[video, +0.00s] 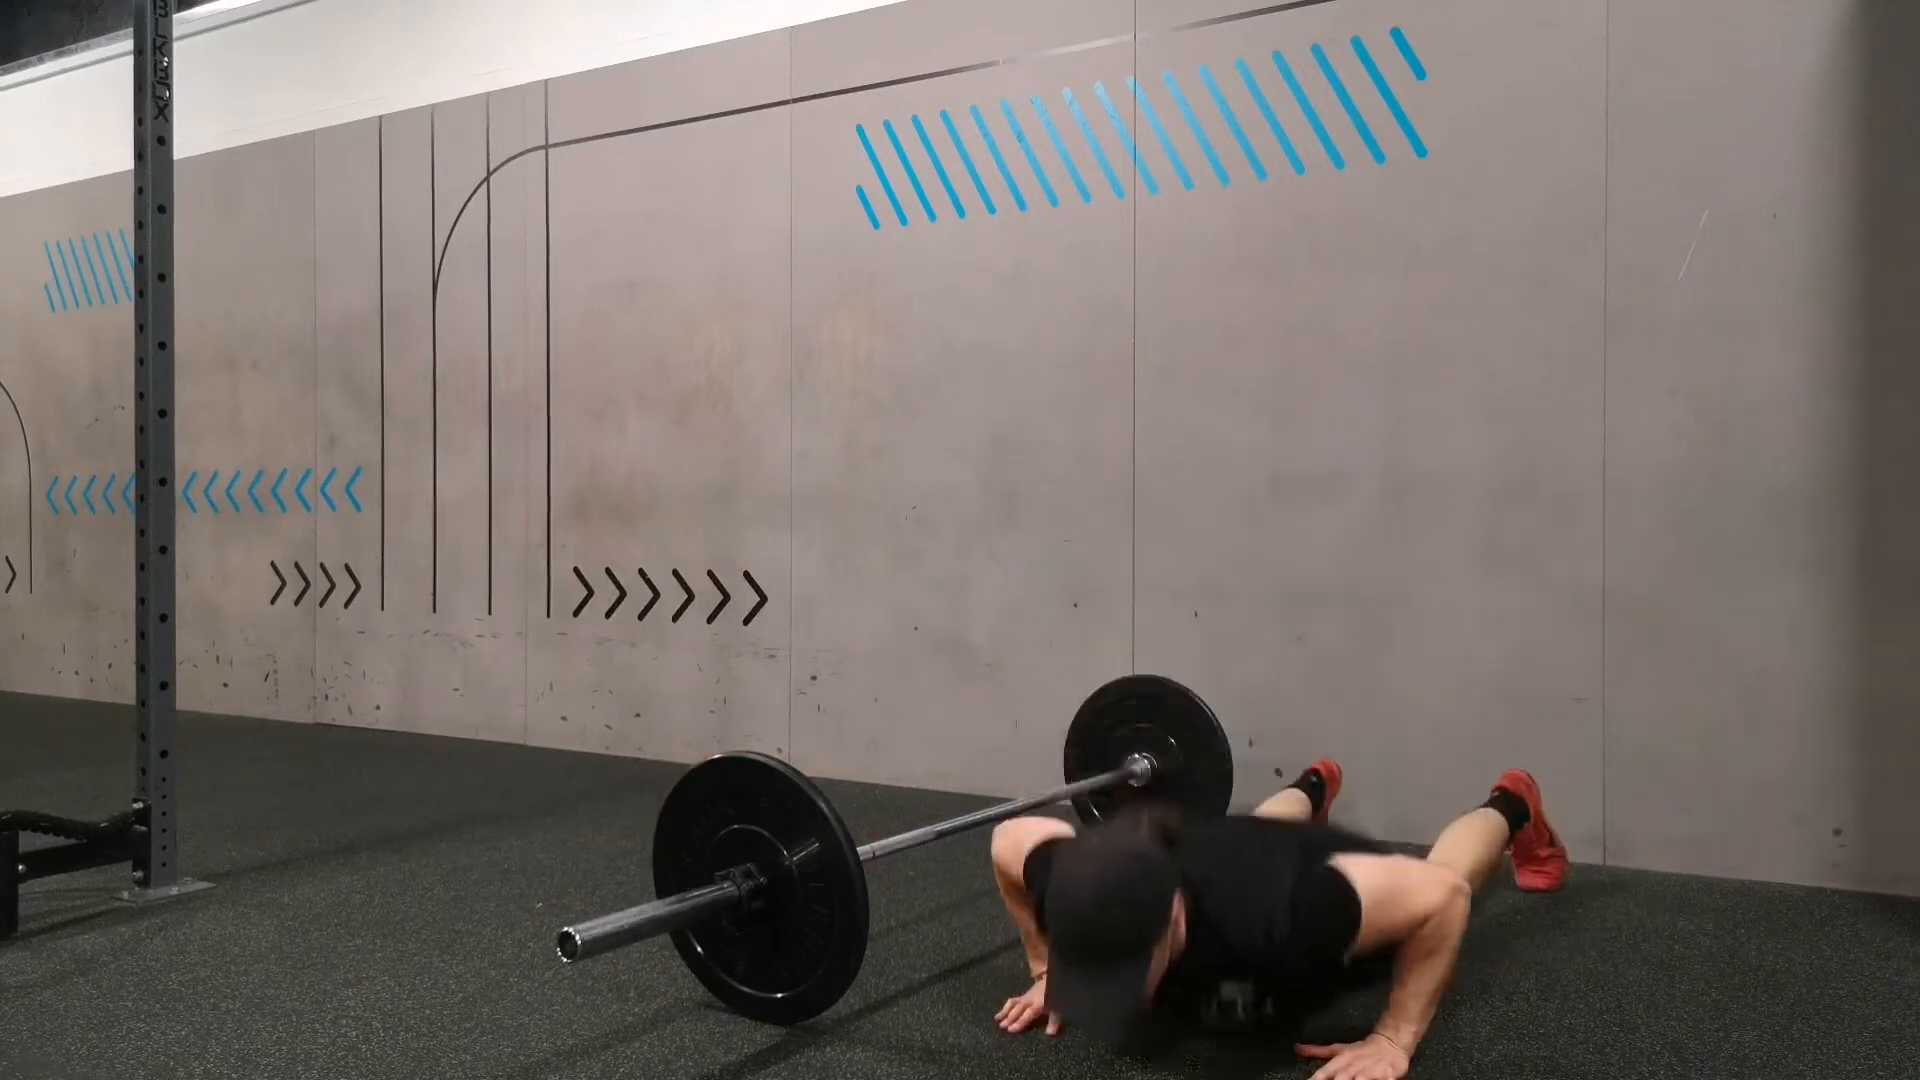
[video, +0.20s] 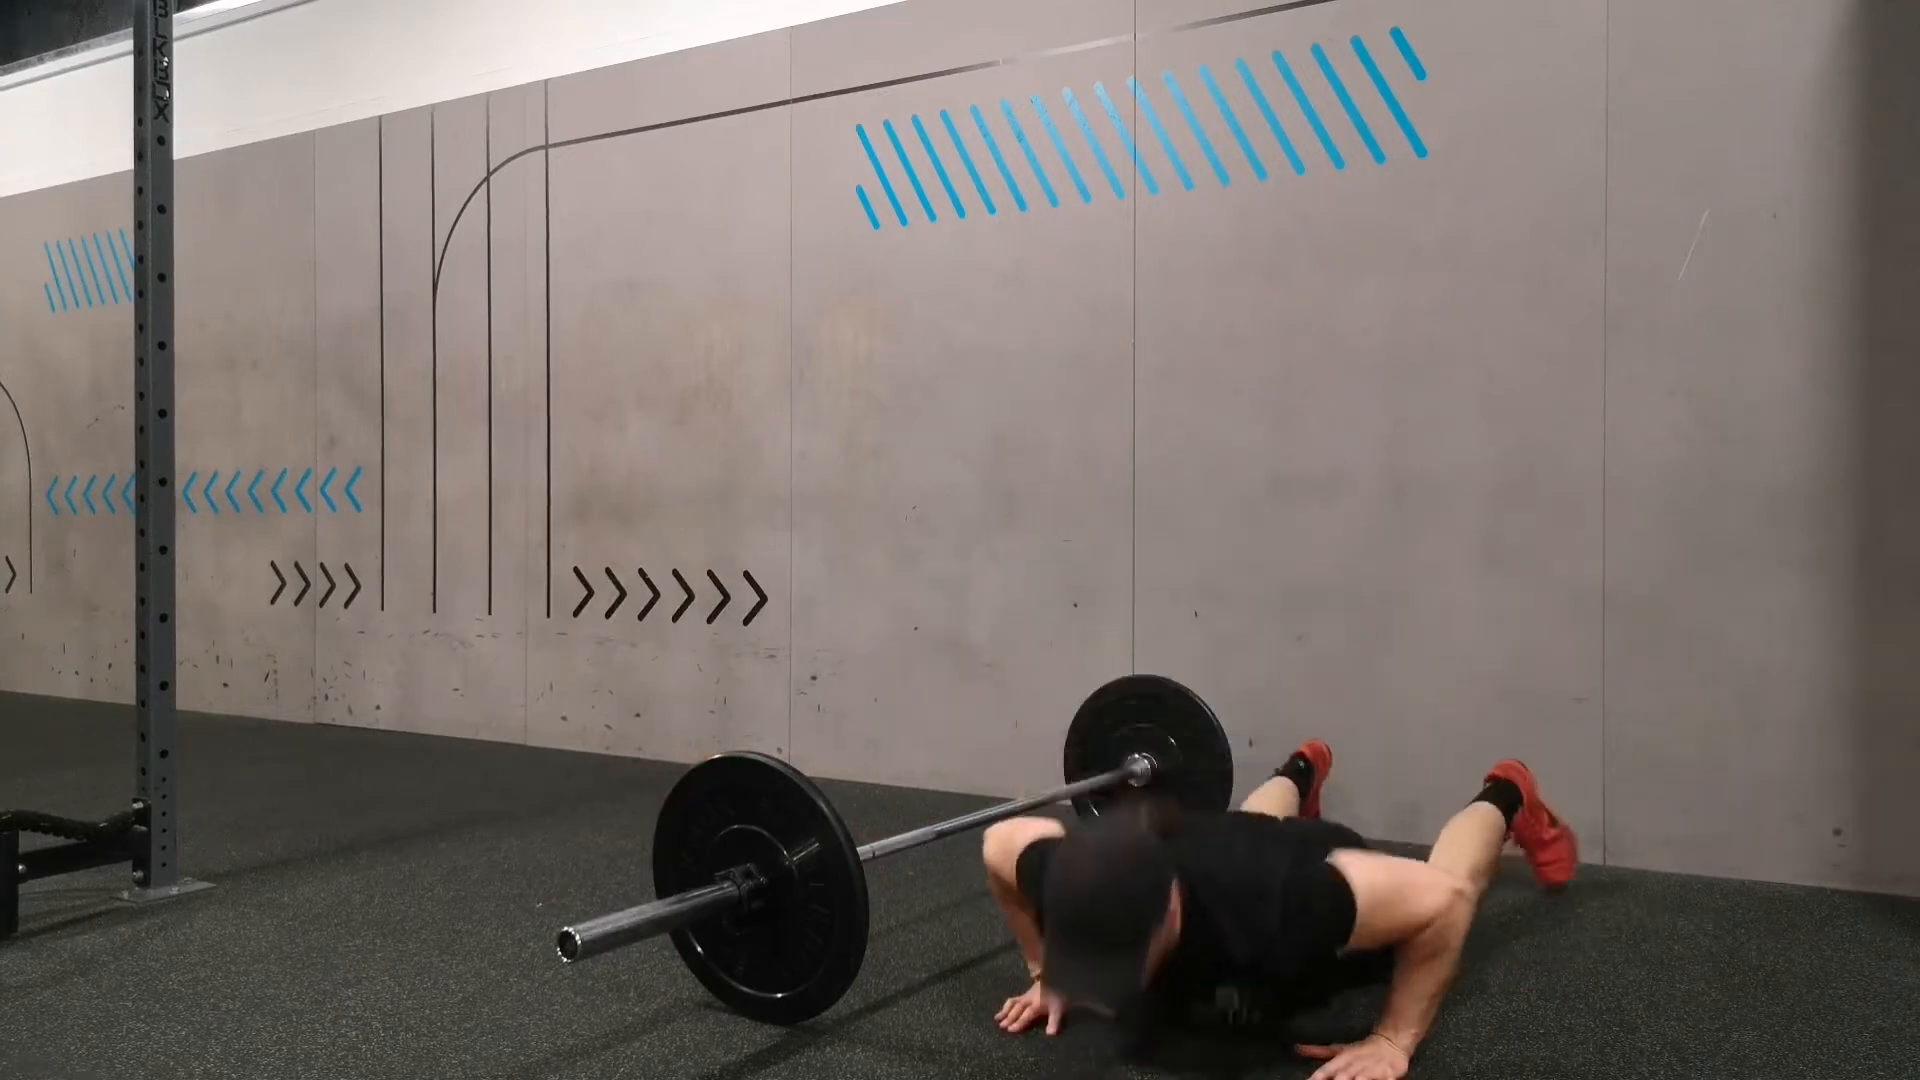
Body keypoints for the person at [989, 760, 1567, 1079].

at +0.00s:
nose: (1127, 987)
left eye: (1137, 969)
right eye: (1104, 975)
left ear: (1175, 919)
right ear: (1069, 920)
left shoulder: (1288, 905)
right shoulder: (1063, 884)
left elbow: (1443, 897)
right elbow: (1009, 842)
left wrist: (1395, 1040)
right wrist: (1042, 968)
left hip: (1331, 867)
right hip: (1200, 856)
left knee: (1451, 873)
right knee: (1253, 829)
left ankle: (1510, 803)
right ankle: (1312, 789)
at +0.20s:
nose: (1120, 973)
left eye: (1131, 957)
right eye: (1099, 960)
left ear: (1171, 909)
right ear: (1072, 906)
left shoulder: (1284, 897)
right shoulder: (1059, 878)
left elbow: (1447, 902)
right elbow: (999, 845)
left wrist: (1395, 1040)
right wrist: (1042, 975)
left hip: (1341, 870)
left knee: (1454, 876)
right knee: (1249, 824)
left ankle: (1503, 795)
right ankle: (1297, 775)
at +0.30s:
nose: (1122, 870)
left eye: (1132, 851)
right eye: (1105, 855)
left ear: (1176, 809)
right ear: (1075, 816)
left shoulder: (1270, 826)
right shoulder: (1070, 811)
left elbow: (1446, 899)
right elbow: (999, 855)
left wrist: (1393, 1039)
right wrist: (1047, 969)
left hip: (1329, 929)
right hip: (1204, 926)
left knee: (1446, 881)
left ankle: (1505, 805)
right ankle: (1299, 789)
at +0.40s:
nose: (1112, 822)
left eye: (1126, 805)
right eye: (1096, 808)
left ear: (1174, 762)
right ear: (1064, 768)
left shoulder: (1271, 765)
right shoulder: (1064, 765)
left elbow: (1419, 886)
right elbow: (1006, 848)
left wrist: (1391, 1039)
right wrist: (1046, 970)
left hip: (1330, 838)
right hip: (1211, 847)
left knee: (1438, 885)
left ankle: (1507, 808)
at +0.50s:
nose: (1107, 801)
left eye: (1117, 784)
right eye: (1087, 792)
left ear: (1158, 732)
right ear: (1043, 740)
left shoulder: (1256, 728)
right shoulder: (1057, 731)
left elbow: (1382, 875)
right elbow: (1012, 842)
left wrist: (1389, 1040)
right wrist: (1047, 969)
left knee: (1435, 813)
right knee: (1251, 821)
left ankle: (1526, 798)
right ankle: (1296, 832)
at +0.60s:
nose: (1108, 783)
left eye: (1119, 765)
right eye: (1087, 772)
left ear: (1153, 710)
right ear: (1043, 724)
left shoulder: (1241, 688)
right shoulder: (1055, 700)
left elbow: (1338, 863)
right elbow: (1023, 834)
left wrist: (1384, 1036)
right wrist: (1047, 971)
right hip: (1179, 585)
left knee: (1435, 772)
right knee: (1228, 773)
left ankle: (1521, 791)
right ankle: (1314, 767)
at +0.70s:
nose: (1116, 762)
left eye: (1130, 741)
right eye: (1100, 747)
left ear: (1166, 685)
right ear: (1070, 699)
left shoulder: (1246, 661)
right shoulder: (1072, 673)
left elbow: (1304, 840)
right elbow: (1060, 818)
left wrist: (1364, 1012)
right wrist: (1053, 971)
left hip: (1303, 496)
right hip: (1187, 503)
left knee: (1385, 731)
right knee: (1173, 753)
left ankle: (1474, 844)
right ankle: (1285, 773)